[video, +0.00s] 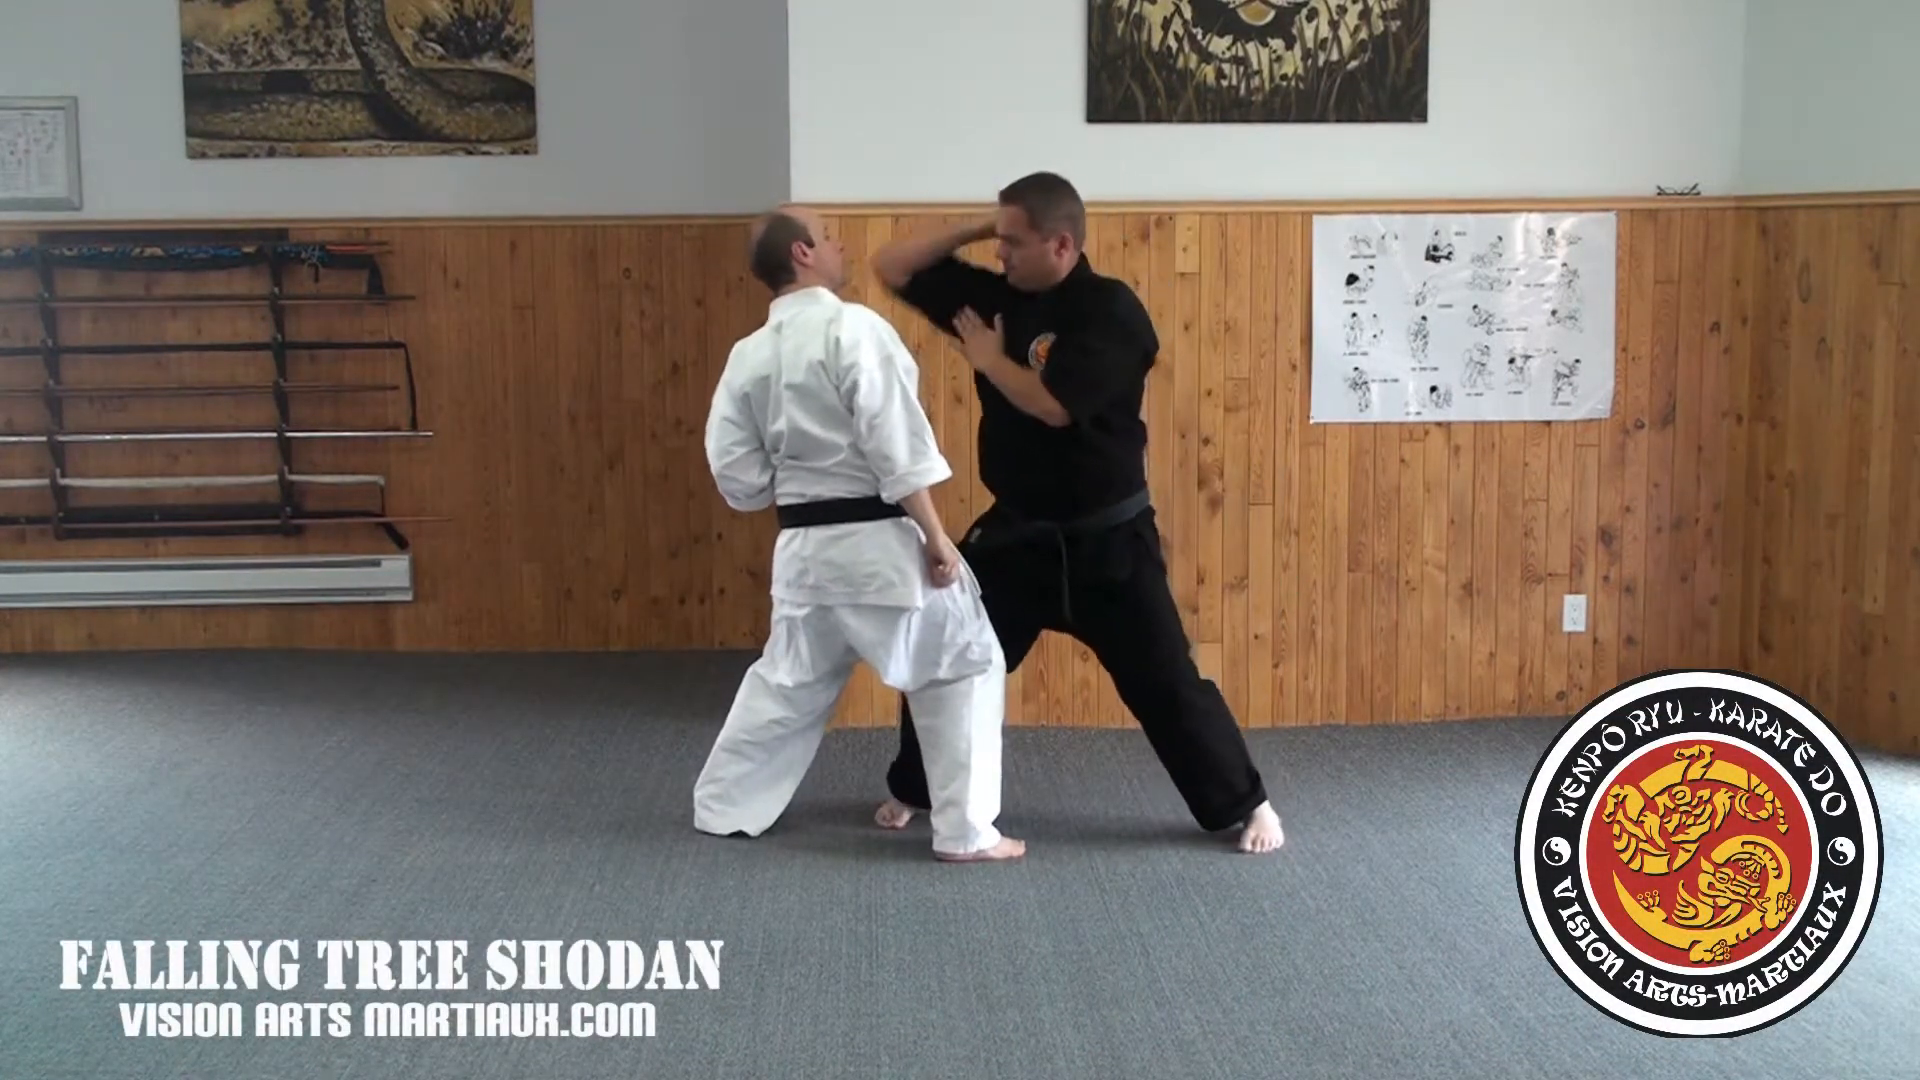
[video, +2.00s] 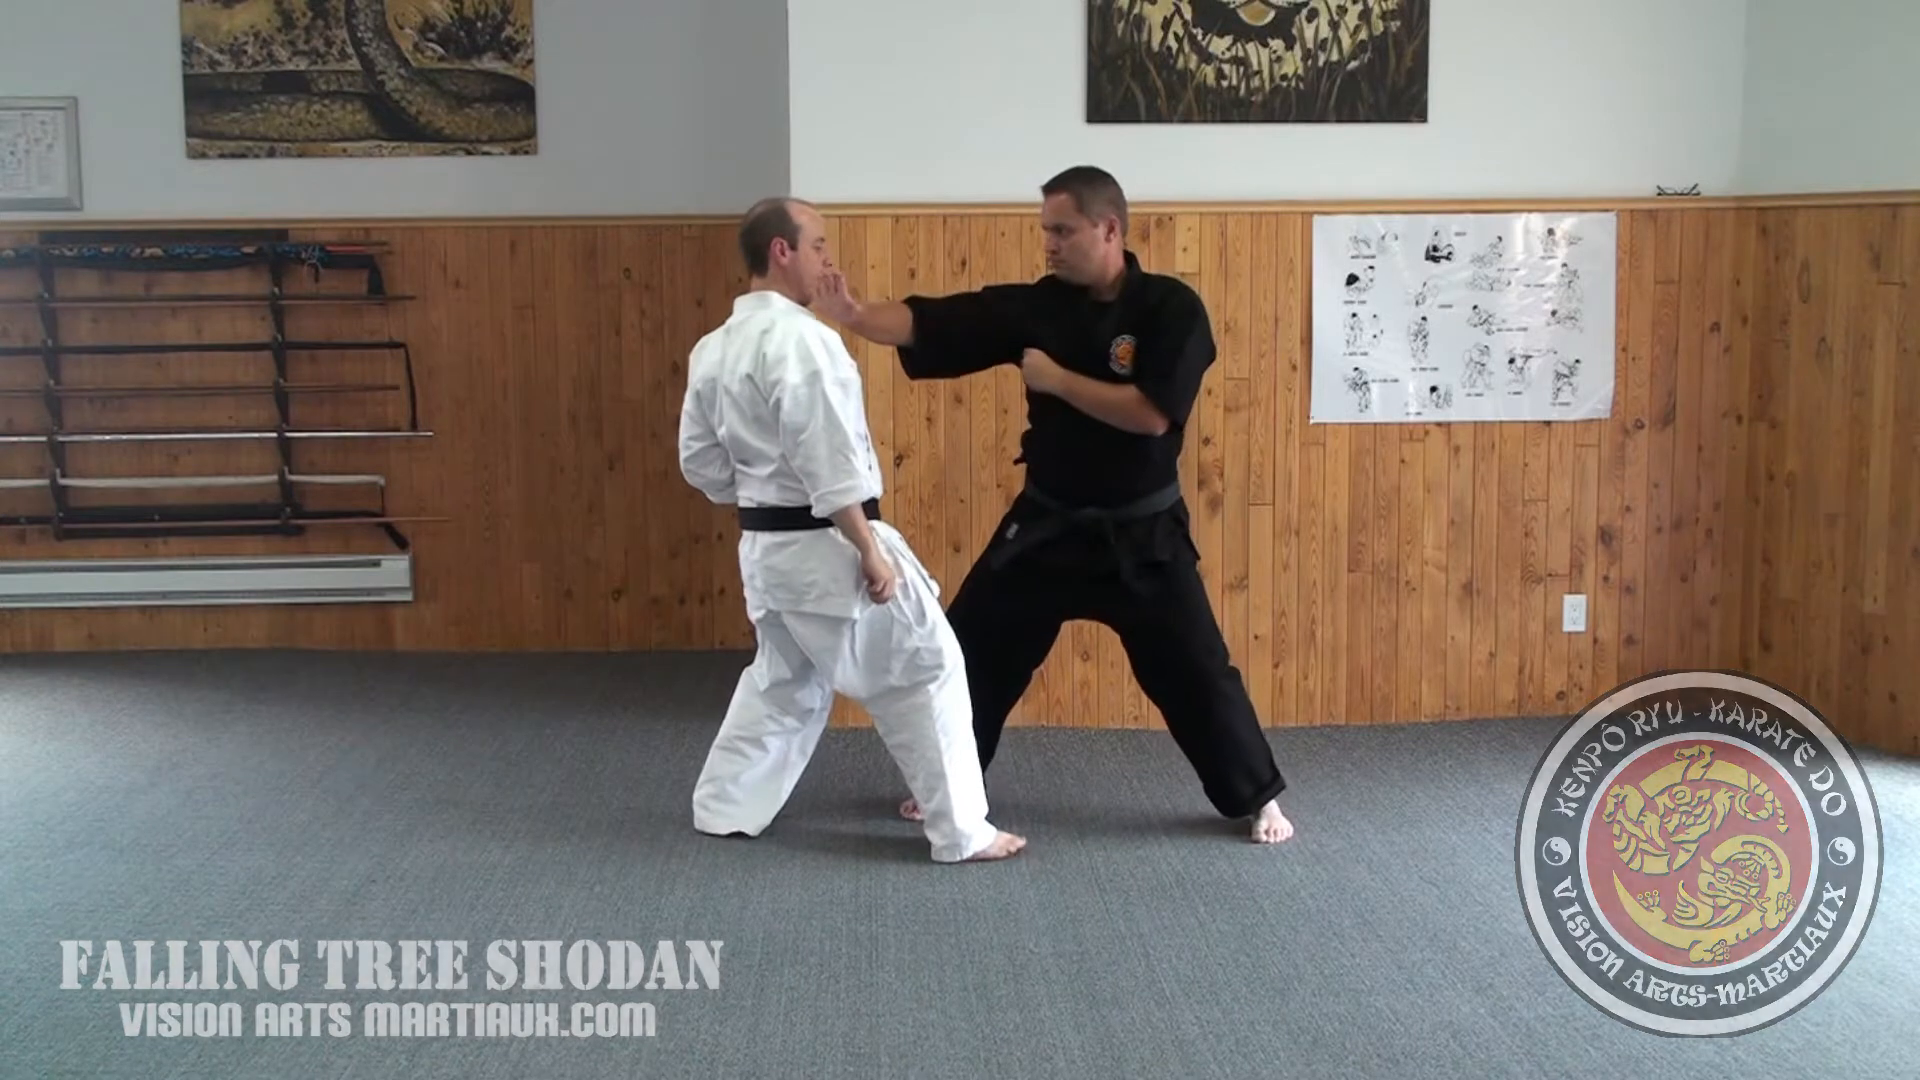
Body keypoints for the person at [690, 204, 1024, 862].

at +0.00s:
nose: (839, 247)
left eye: (831, 237)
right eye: (828, 239)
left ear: (780, 267)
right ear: (803, 257)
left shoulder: (749, 353)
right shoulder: (856, 329)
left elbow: (735, 474)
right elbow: (894, 444)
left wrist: (799, 487)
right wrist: (934, 533)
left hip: (801, 547)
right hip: (880, 540)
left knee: (787, 679)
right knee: (965, 666)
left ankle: (721, 807)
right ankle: (965, 830)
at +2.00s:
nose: (829, 261)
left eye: (827, 246)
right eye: (818, 246)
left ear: (768, 255)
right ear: (781, 252)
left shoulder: (711, 350)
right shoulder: (804, 343)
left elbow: (700, 461)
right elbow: (827, 459)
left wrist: (761, 503)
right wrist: (869, 549)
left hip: (764, 550)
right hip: (830, 548)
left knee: (782, 679)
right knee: (927, 668)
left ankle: (722, 807)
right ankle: (962, 830)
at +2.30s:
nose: (832, 261)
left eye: (831, 246)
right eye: (823, 247)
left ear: (769, 255)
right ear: (788, 252)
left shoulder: (712, 351)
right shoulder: (810, 342)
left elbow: (701, 464)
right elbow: (838, 457)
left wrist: (760, 505)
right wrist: (880, 547)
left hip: (765, 550)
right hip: (834, 547)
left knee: (780, 678)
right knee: (929, 665)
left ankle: (720, 808)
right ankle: (963, 831)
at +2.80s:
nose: (828, 266)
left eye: (826, 252)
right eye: (819, 252)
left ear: (769, 258)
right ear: (786, 255)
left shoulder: (708, 354)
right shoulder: (805, 340)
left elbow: (703, 468)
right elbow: (836, 456)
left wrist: (762, 507)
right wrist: (881, 543)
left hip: (769, 550)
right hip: (837, 544)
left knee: (783, 677)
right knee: (931, 665)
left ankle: (721, 807)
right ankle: (962, 830)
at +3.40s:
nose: (722, 251)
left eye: (721, 236)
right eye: (717, 235)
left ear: (658, 239)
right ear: (685, 236)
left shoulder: (602, 326)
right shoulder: (704, 323)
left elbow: (574, 438)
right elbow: (737, 442)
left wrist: (600, 501)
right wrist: (788, 524)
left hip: (639, 536)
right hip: (714, 536)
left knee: (688, 671)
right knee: (770, 666)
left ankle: (720, 805)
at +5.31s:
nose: (636, 236)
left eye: (631, 222)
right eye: (626, 224)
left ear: (569, 241)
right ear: (593, 237)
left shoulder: (517, 319)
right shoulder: (608, 317)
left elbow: (486, 440)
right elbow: (615, 432)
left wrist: (513, 509)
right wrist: (638, 532)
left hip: (526, 534)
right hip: (591, 537)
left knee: (544, 681)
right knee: (641, 683)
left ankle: (507, 797)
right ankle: (608, 837)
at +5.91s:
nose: (631, 272)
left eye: (632, 257)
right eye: (626, 256)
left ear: (575, 252)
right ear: (590, 250)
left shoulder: (493, 323)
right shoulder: (593, 326)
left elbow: (459, 437)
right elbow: (595, 437)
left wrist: (473, 517)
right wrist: (611, 534)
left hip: (511, 539)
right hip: (581, 537)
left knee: (542, 678)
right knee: (634, 685)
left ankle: (508, 796)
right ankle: (611, 838)